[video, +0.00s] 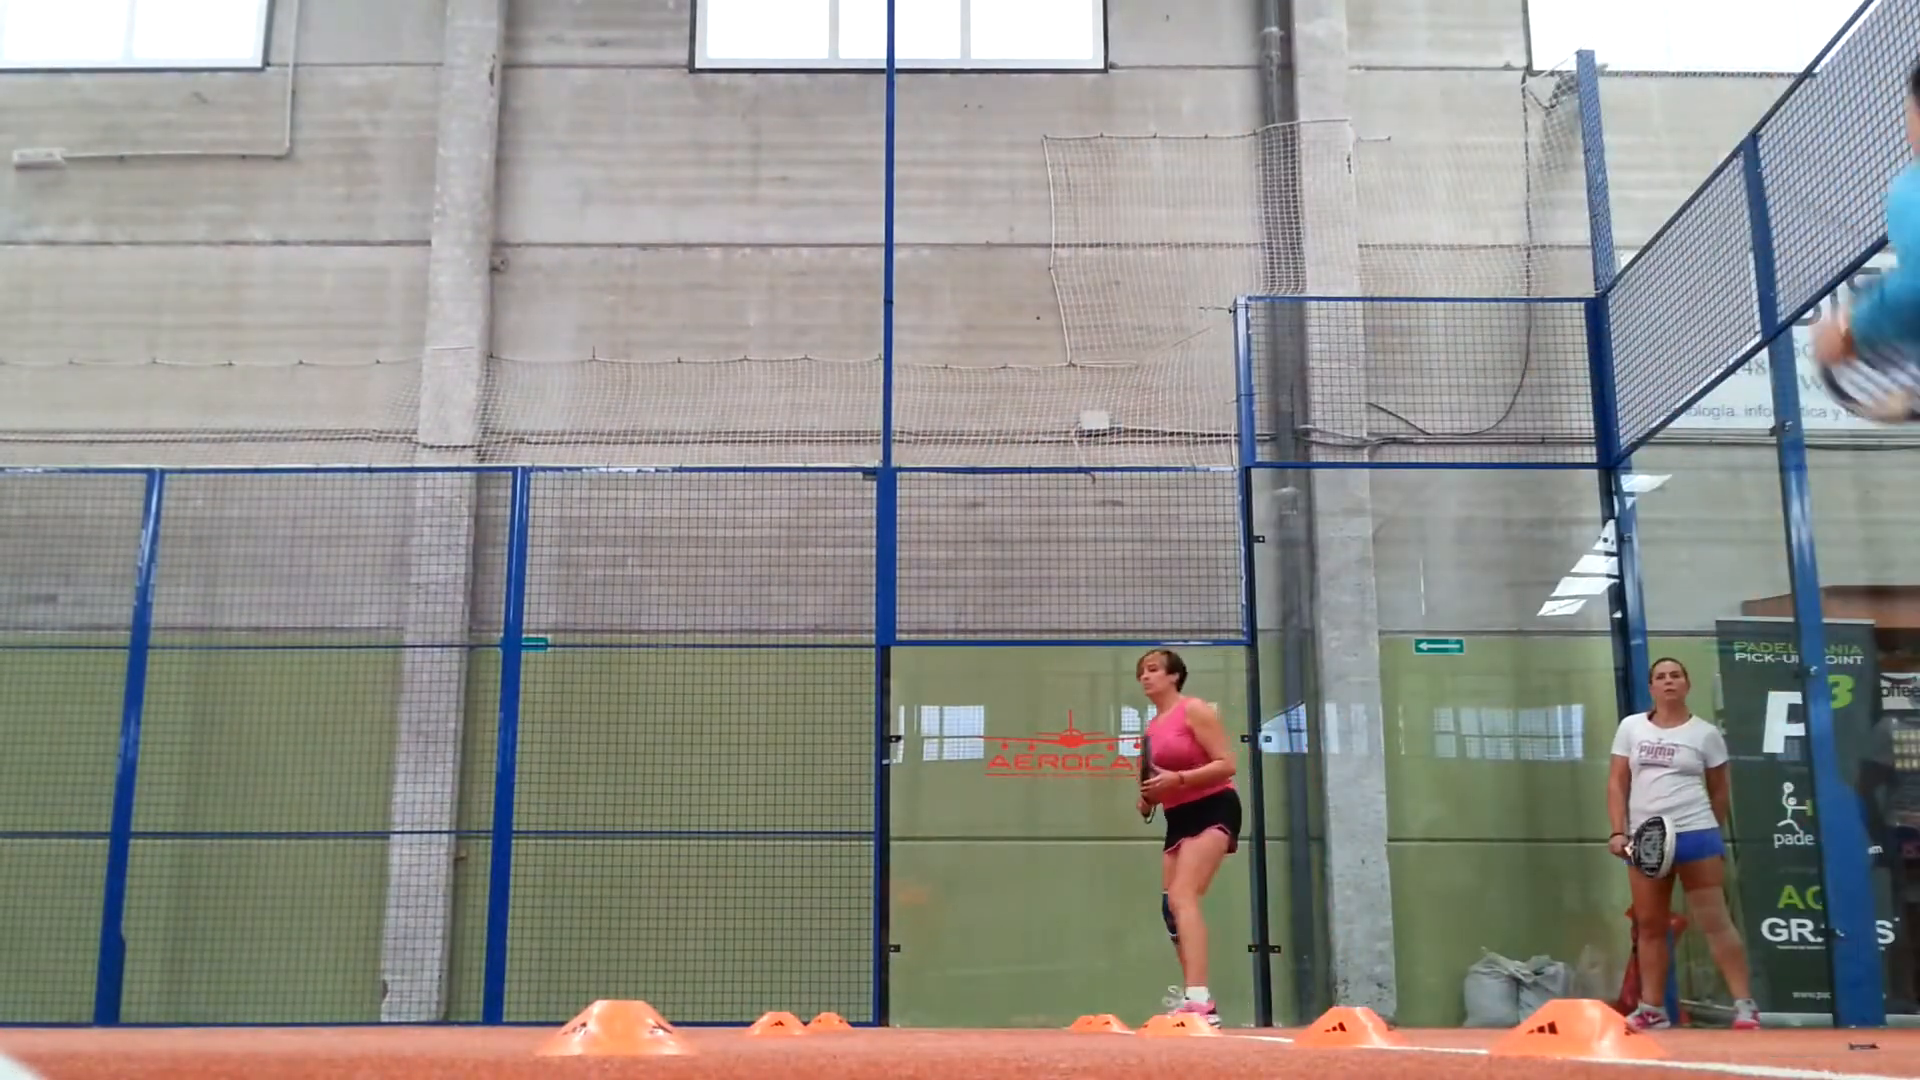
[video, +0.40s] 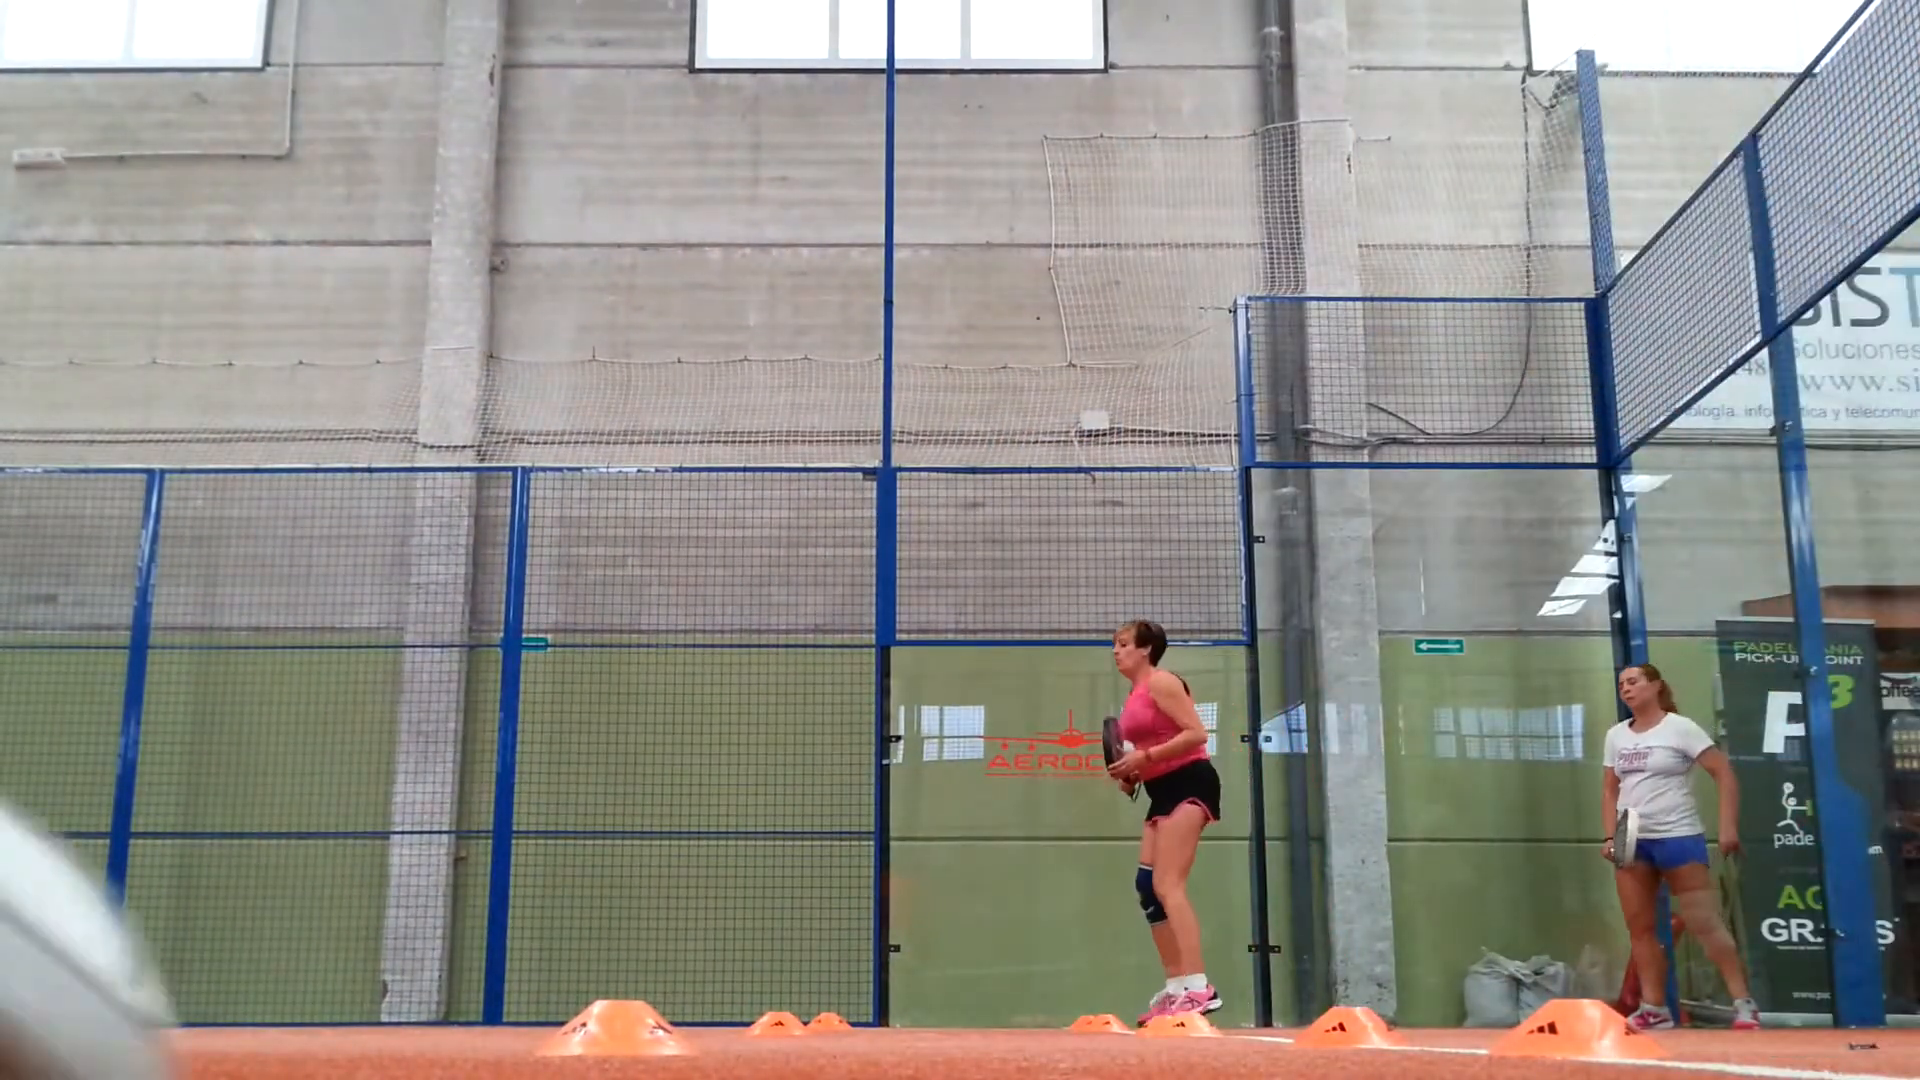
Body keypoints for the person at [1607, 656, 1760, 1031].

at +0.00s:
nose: (1669, 681)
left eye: (1675, 676)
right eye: (1662, 677)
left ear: (1688, 685)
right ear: (1651, 688)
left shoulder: (1706, 734)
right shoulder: (1631, 727)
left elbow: (1720, 793)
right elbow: (1617, 782)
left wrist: (1712, 833)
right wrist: (1618, 831)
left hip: (1696, 835)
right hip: (1646, 840)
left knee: (1716, 921)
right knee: (1649, 925)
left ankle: (1744, 1005)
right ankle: (1651, 1008)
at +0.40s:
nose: (1626, 688)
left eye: (1633, 681)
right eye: (1622, 685)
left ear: (1657, 686)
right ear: (1621, 695)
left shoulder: (1680, 727)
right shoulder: (1616, 735)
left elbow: (1724, 770)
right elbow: (1610, 790)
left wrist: (1728, 827)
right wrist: (1610, 835)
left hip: (1680, 839)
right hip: (1631, 842)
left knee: (1706, 924)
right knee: (1641, 929)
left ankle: (1743, 1004)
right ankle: (1654, 1008)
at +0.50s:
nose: (1610, 696)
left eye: (1616, 689)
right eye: (1607, 692)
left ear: (1640, 690)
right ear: (1609, 700)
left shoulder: (1666, 729)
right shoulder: (1607, 740)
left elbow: (1704, 768)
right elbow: (1600, 791)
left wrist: (1703, 810)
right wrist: (1596, 833)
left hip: (1666, 837)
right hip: (1621, 842)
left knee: (1681, 917)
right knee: (1637, 926)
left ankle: (1735, 998)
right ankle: (1655, 1007)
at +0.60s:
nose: (1599, 701)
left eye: (1603, 693)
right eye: (1595, 696)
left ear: (1627, 690)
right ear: (1599, 702)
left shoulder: (1654, 728)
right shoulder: (1600, 740)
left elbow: (1682, 774)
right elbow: (1593, 789)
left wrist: (1664, 792)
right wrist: (1585, 826)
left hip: (1654, 832)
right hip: (1613, 837)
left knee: (1653, 913)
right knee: (1632, 924)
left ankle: (1709, 991)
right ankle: (1654, 1008)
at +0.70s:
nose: (1589, 703)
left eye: (1593, 695)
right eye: (1585, 698)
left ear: (1615, 690)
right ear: (1590, 702)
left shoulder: (1644, 727)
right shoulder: (1593, 739)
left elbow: (1663, 778)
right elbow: (1594, 791)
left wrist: (1621, 785)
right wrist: (1582, 820)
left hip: (1644, 830)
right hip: (1607, 835)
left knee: (1629, 909)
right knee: (1627, 918)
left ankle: (1670, 999)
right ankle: (1651, 1004)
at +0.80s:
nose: (1578, 707)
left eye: (1582, 698)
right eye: (1574, 702)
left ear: (1604, 691)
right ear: (1580, 704)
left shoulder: (1632, 727)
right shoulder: (1587, 741)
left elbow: (1647, 780)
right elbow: (1590, 791)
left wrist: (1600, 786)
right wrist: (1577, 819)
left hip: (1635, 831)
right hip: (1603, 836)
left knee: (1608, 909)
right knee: (1634, 924)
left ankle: (1624, 1000)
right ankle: (1656, 1007)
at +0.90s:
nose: (1568, 710)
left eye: (1571, 701)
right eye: (1564, 705)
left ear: (1593, 694)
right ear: (1578, 703)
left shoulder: (1619, 727)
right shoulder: (1588, 739)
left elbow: (1634, 781)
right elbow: (1595, 789)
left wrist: (1583, 788)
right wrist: (1574, 817)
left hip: (1623, 834)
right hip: (1601, 836)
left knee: (1593, 908)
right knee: (1629, 927)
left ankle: (1579, 999)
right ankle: (1656, 1008)